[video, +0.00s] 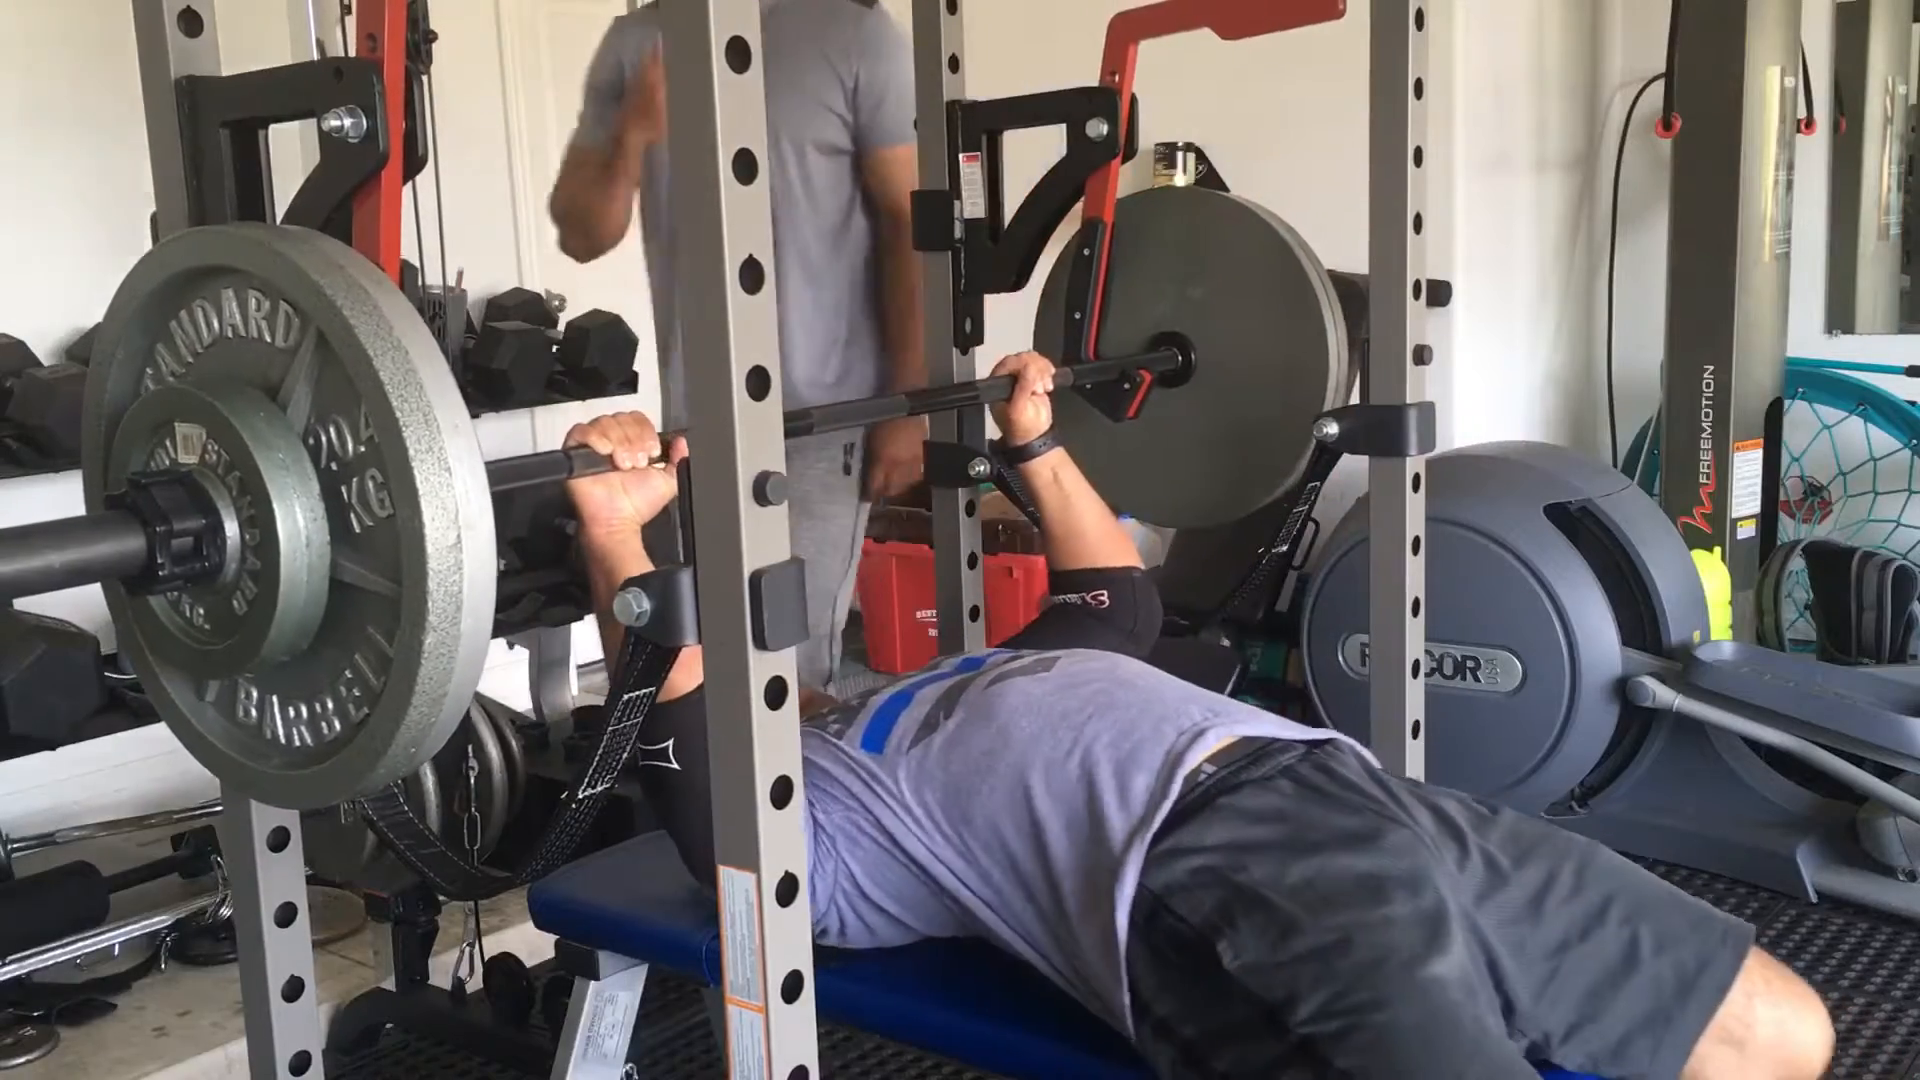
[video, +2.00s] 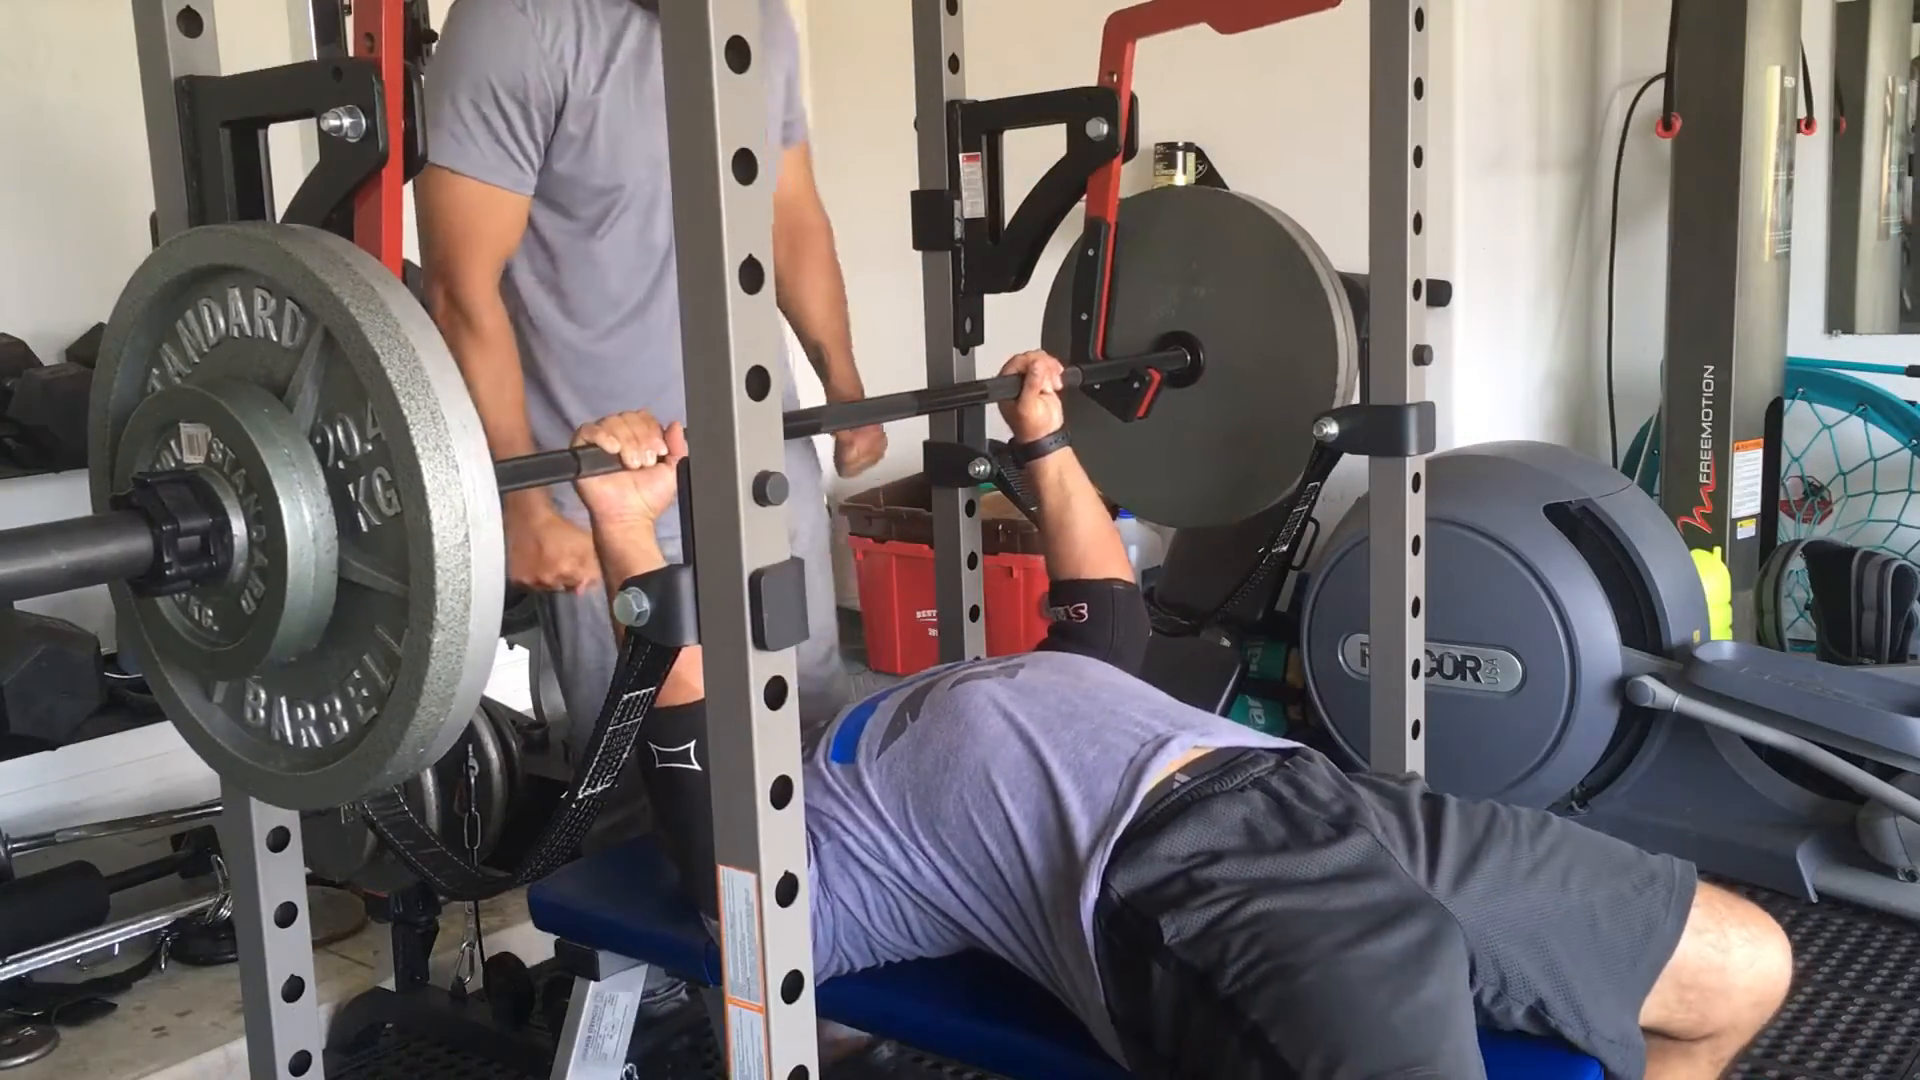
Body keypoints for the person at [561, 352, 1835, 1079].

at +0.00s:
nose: (789, 658)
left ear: (848, 659)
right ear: (739, 740)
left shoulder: (1008, 677)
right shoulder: (815, 819)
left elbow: (1123, 600)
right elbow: (711, 733)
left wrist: (1028, 446)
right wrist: (626, 551)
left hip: (1382, 789)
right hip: (1237, 863)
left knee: (1793, 1029)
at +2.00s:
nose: (736, 675)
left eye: (744, 673)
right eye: (713, 697)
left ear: (821, 689)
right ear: (715, 757)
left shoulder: (1012, 702)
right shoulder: (796, 833)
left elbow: (1104, 615)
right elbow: (703, 736)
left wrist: (1044, 447)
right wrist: (632, 541)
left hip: (1329, 789)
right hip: (1204, 873)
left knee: (1748, 966)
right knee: (1419, 1059)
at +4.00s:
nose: (735, 674)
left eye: (742, 676)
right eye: (715, 702)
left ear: (827, 692)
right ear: (722, 763)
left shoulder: (1028, 696)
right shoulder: (801, 837)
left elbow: (1088, 596)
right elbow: (689, 740)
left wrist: (1042, 432)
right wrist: (630, 537)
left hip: (1340, 786)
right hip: (1210, 881)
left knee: (1745, 958)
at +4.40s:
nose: (741, 669)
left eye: (747, 669)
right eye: (723, 692)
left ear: (821, 695)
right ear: (715, 762)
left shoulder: (1023, 704)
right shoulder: (782, 837)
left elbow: (1087, 601)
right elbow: (692, 716)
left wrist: (1045, 429)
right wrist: (628, 525)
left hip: (1331, 786)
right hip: (1207, 882)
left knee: (1746, 957)